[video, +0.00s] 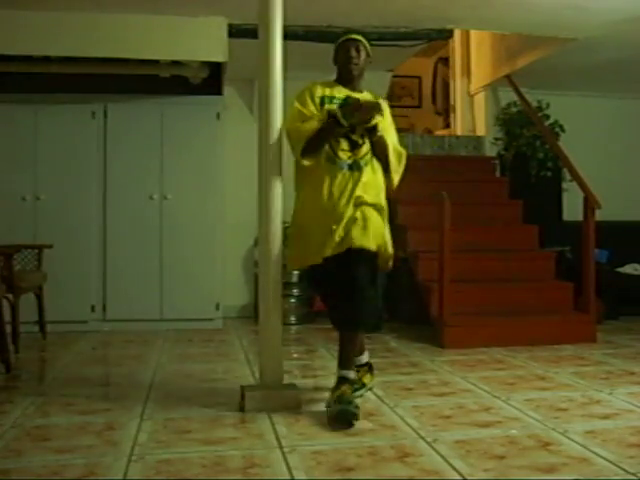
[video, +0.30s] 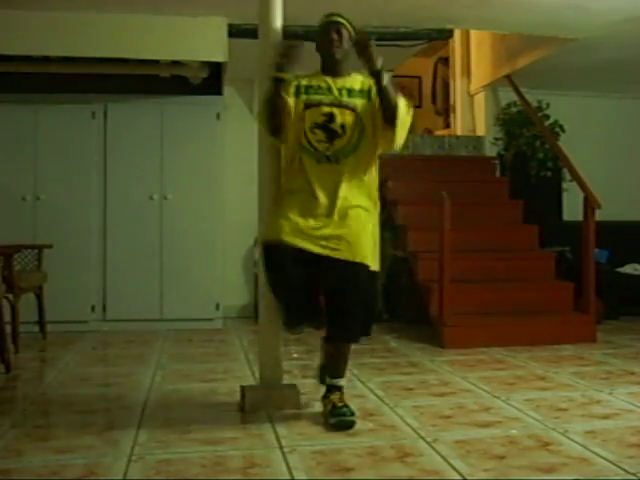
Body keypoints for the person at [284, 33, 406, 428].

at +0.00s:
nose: (353, 53)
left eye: (359, 50)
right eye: (346, 48)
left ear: (367, 62)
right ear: (335, 59)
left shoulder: (378, 105)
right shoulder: (314, 95)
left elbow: (395, 164)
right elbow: (301, 144)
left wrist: (373, 130)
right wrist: (338, 119)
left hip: (365, 210)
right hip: (320, 210)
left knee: (356, 294)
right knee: (334, 296)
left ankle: (343, 387)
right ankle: (361, 363)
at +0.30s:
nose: (333, 33)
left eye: (341, 29)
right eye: (326, 29)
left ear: (353, 43)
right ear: (317, 44)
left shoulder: (375, 88)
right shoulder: (299, 85)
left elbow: (397, 125)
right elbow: (276, 129)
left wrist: (379, 74)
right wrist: (280, 74)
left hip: (352, 213)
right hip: (298, 210)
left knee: (347, 312)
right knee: (296, 313)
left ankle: (335, 391)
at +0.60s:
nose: (296, 32)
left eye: (304, 25)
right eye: (291, 27)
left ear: (324, 33)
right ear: (286, 39)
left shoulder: (350, 68)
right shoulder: (280, 94)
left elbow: (388, 101)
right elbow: (261, 155)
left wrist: (369, 53)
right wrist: (231, 109)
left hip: (332, 212)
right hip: (273, 213)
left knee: (333, 308)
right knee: (257, 305)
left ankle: (334, 394)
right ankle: (264, 398)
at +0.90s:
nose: (275, 21)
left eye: (284, 14)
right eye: (268, 16)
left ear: (303, 26)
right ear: (261, 29)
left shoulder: (329, 71)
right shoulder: (239, 77)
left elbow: (377, 80)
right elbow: (186, 95)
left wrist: (355, 23)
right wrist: (201, 34)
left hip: (300, 196)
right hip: (242, 202)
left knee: (260, 250)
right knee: (240, 303)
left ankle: (295, 340)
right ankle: (271, 401)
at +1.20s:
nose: (266, 18)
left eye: (274, 12)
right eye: (259, 11)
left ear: (288, 22)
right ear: (248, 19)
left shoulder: (303, 77)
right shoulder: (222, 58)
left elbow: (336, 138)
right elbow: (191, 99)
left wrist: (330, 73)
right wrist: (200, 37)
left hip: (271, 212)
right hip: (213, 208)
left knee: (239, 322)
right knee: (242, 318)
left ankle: (217, 427)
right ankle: (272, 405)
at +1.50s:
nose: (265, 4)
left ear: (282, 7)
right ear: (238, 2)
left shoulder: (290, 69)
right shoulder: (205, 38)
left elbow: (310, 142)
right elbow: (166, 39)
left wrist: (327, 79)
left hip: (256, 213)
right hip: (193, 206)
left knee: (236, 326)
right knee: (206, 322)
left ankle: (212, 422)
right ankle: (218, 408)